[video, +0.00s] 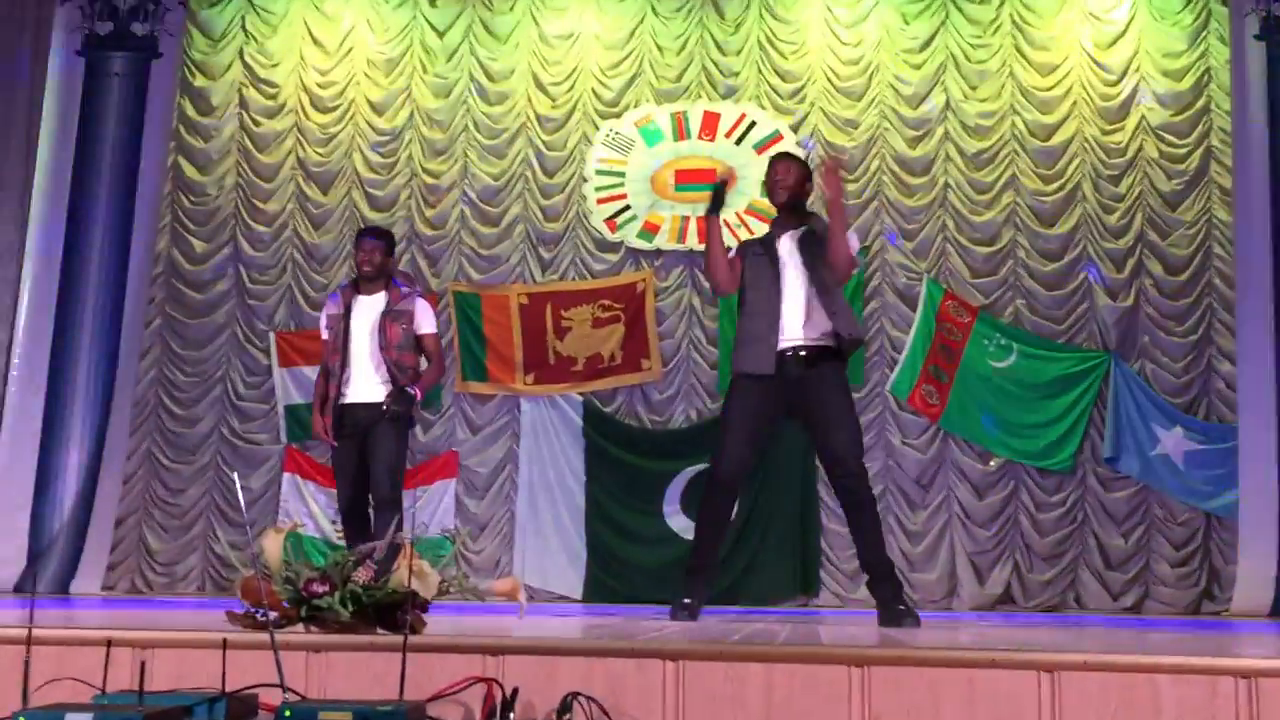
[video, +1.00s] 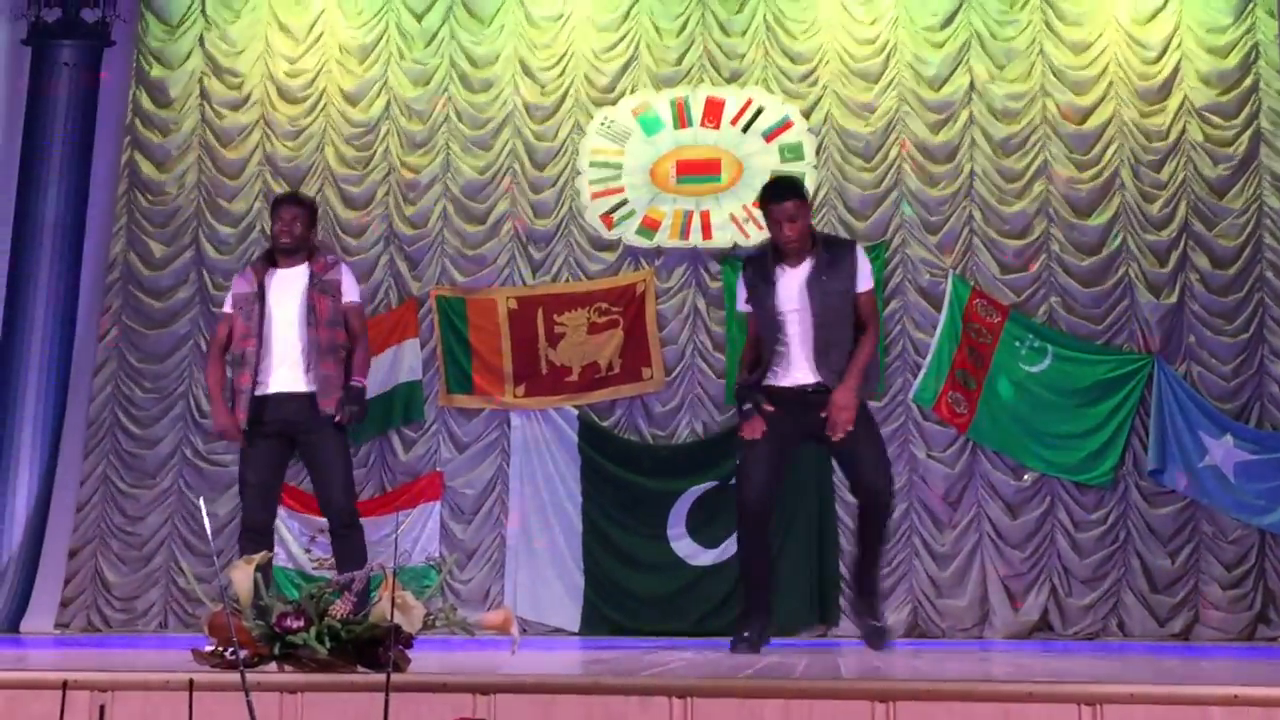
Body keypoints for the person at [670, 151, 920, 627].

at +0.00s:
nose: (782, 180)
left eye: (791, 174)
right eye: (776, 174)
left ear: (807, 185)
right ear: (765, 184)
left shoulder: (827, 235)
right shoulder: (749, 241)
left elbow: (841, 269)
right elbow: (723, 283)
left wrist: (837, 200)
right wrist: (711, 213)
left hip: (821, 371)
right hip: (759, 373)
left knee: (851, 480)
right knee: (725, 478)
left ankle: (890, 598)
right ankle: (693, 592)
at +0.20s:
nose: (742, 165)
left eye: (753, 157)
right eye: (739, 158)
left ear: (778, 167)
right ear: (737, 169)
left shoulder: (819, 223)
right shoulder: (725, 242)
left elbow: (830, 305)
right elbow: (723, 322)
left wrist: (775, 314)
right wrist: (738, 309)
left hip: (805, 369)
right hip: (744, 372)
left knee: (839, 478)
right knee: (725, 487)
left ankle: (868, 604)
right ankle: (710, 615)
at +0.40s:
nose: (697, 184)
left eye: (706, 175)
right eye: (698, 176)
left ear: (738, 178)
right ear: (720, 182)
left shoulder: (784, 230)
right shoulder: (701, 247)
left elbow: (798, 315)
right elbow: (686, 332)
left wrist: (760, 372)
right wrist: (680, 405)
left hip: (767, 379)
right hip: (708, 383)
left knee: (781, 478)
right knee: (697, 501)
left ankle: (793, 579)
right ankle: (693, 622)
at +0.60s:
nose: (701, 206)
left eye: (709, 195)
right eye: (700, 197)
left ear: (740, 197)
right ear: (717, 201)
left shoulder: (787, 250)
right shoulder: (704, 263)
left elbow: (801, 336)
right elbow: (692, 341)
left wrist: (764, 400)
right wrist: (680, 406)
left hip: (764, 396)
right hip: (707, 395)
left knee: (772, 503)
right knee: (689, 507)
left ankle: (789, 605)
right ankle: (688, 625)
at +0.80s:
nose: (754, 220)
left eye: (761, 208)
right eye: (745, 213)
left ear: (780, 206)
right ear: (736, 218)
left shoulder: (819, 253)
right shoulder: (735, 269)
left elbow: (841, 335)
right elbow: (733, 346)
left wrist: (806, 399)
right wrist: (715, 398)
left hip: (802, 395)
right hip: (747, 394)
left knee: (801, 505)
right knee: (712, 477)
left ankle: (798, 616)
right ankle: (731, 592)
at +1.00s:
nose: (788, 230)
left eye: (796, 218)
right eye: (778, 221)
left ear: (810, 215)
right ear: (765, 223)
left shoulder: (848, 257)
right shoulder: (754, 272)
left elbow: (870, 328)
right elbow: (754, 343)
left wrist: (850, 388)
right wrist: (746, 399)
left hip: (834, 399)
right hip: (774, 402)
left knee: (877, 493)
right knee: (752, 503)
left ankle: (865, 599)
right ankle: (754, 620)